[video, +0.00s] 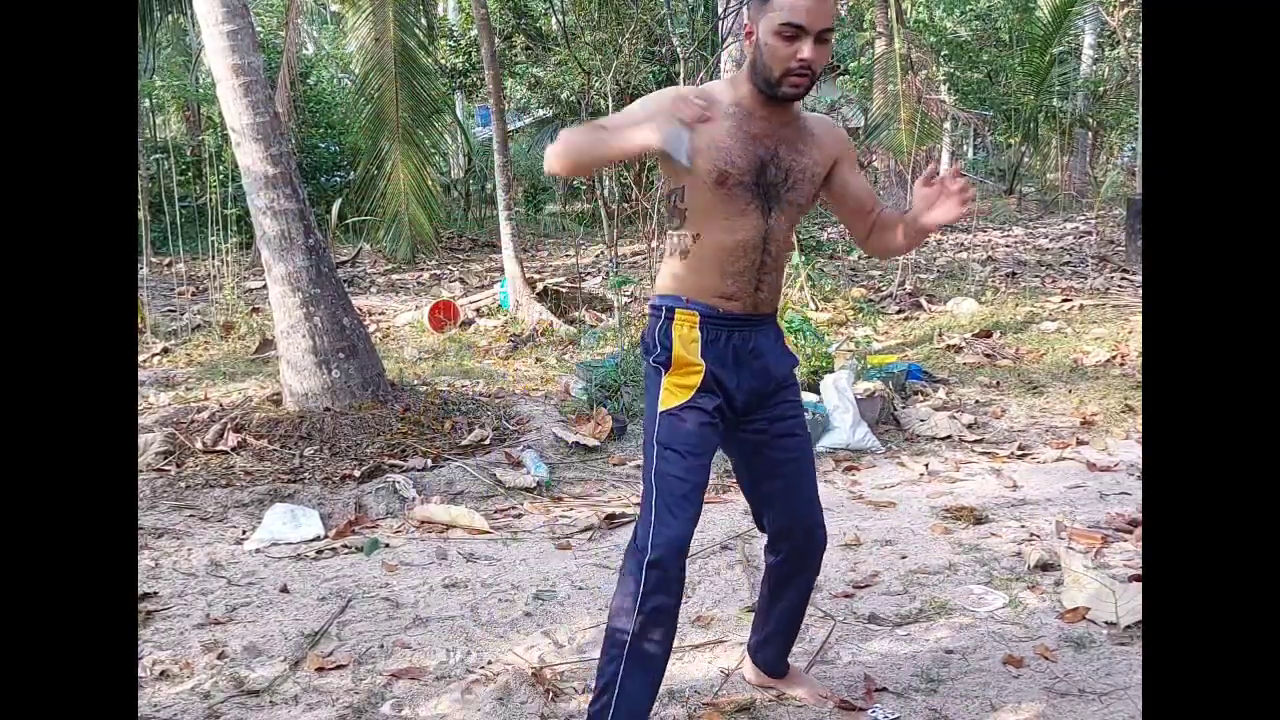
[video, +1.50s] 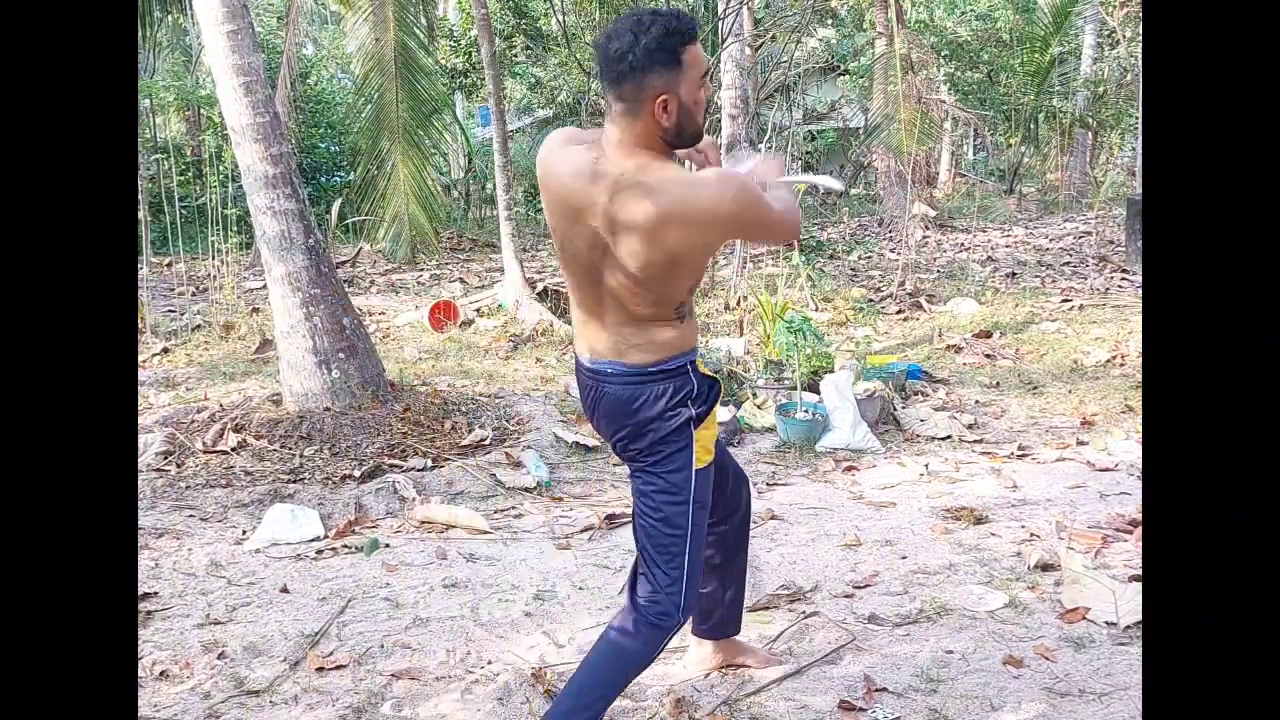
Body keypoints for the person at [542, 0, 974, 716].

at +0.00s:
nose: (809, 56)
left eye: (824, 38)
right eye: (791, 34)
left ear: (835, 41)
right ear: (747, 29)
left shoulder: (826, 140)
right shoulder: (689, 108)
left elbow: (877, 233)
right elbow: (560, 155)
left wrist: (916, 222)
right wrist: (643, 134)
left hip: (763, 345)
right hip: (686, 339)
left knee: (801, 533)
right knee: (663, 541)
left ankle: (768, 662)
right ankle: (614, 711)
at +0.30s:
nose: (671, 84)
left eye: (696, 68)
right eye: (656, 59)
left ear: (715, 69)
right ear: (626, 49)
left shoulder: (696, 131)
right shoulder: (599, 145)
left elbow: (797, 137)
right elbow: (669, 286)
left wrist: (868, 85)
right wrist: (744, 215)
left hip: (638, 381)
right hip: (560, 385)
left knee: (714, 558)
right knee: (574, 600)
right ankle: (544, 717)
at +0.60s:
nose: (550, 182)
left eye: (574, 157)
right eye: (527, 156)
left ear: (599, 143)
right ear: (492, 141)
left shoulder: (636, 215)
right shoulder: (453, 200)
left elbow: (750, 246)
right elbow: (392, 209)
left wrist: (866, 246)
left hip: (549, 445)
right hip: (464, 428)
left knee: (452, 660)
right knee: (530, 660)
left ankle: (313, 714)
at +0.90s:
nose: (610, 157)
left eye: (613, 134)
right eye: (589, 142)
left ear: (615, 122)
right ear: (525, 148)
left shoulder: (629, 210)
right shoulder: (442, 207)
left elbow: (724, 328)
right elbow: (350, 286)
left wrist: (628, 426)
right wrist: (271, 333)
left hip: (588, 410)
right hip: (489, 416)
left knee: (690, 598)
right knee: (520, 631)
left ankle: (550, 652)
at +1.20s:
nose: (672, 164)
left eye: (672, 144)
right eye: (653, 152)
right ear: (596, 162)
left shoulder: (686, 213)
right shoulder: (529, 201)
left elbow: (677, 358)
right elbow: (375, 254)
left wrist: (554, 332)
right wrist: (480, 199)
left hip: (662, 404)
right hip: (578, 401)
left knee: (749, 525)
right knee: (594, 586)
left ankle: (719, 646)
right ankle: (554, 714)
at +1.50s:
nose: (709, 91)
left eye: (706, 76)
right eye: (702, 79)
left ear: (621, 94)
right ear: (664, 102)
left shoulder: (556, 155)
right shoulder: (709, 194)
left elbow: (621, 186)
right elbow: (787, 224)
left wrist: (686, 162)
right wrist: (764, 174)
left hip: (598, 382)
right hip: (664, 396)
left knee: (728, 493)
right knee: (657, 608)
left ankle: (718, 641)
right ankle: (562, 714)